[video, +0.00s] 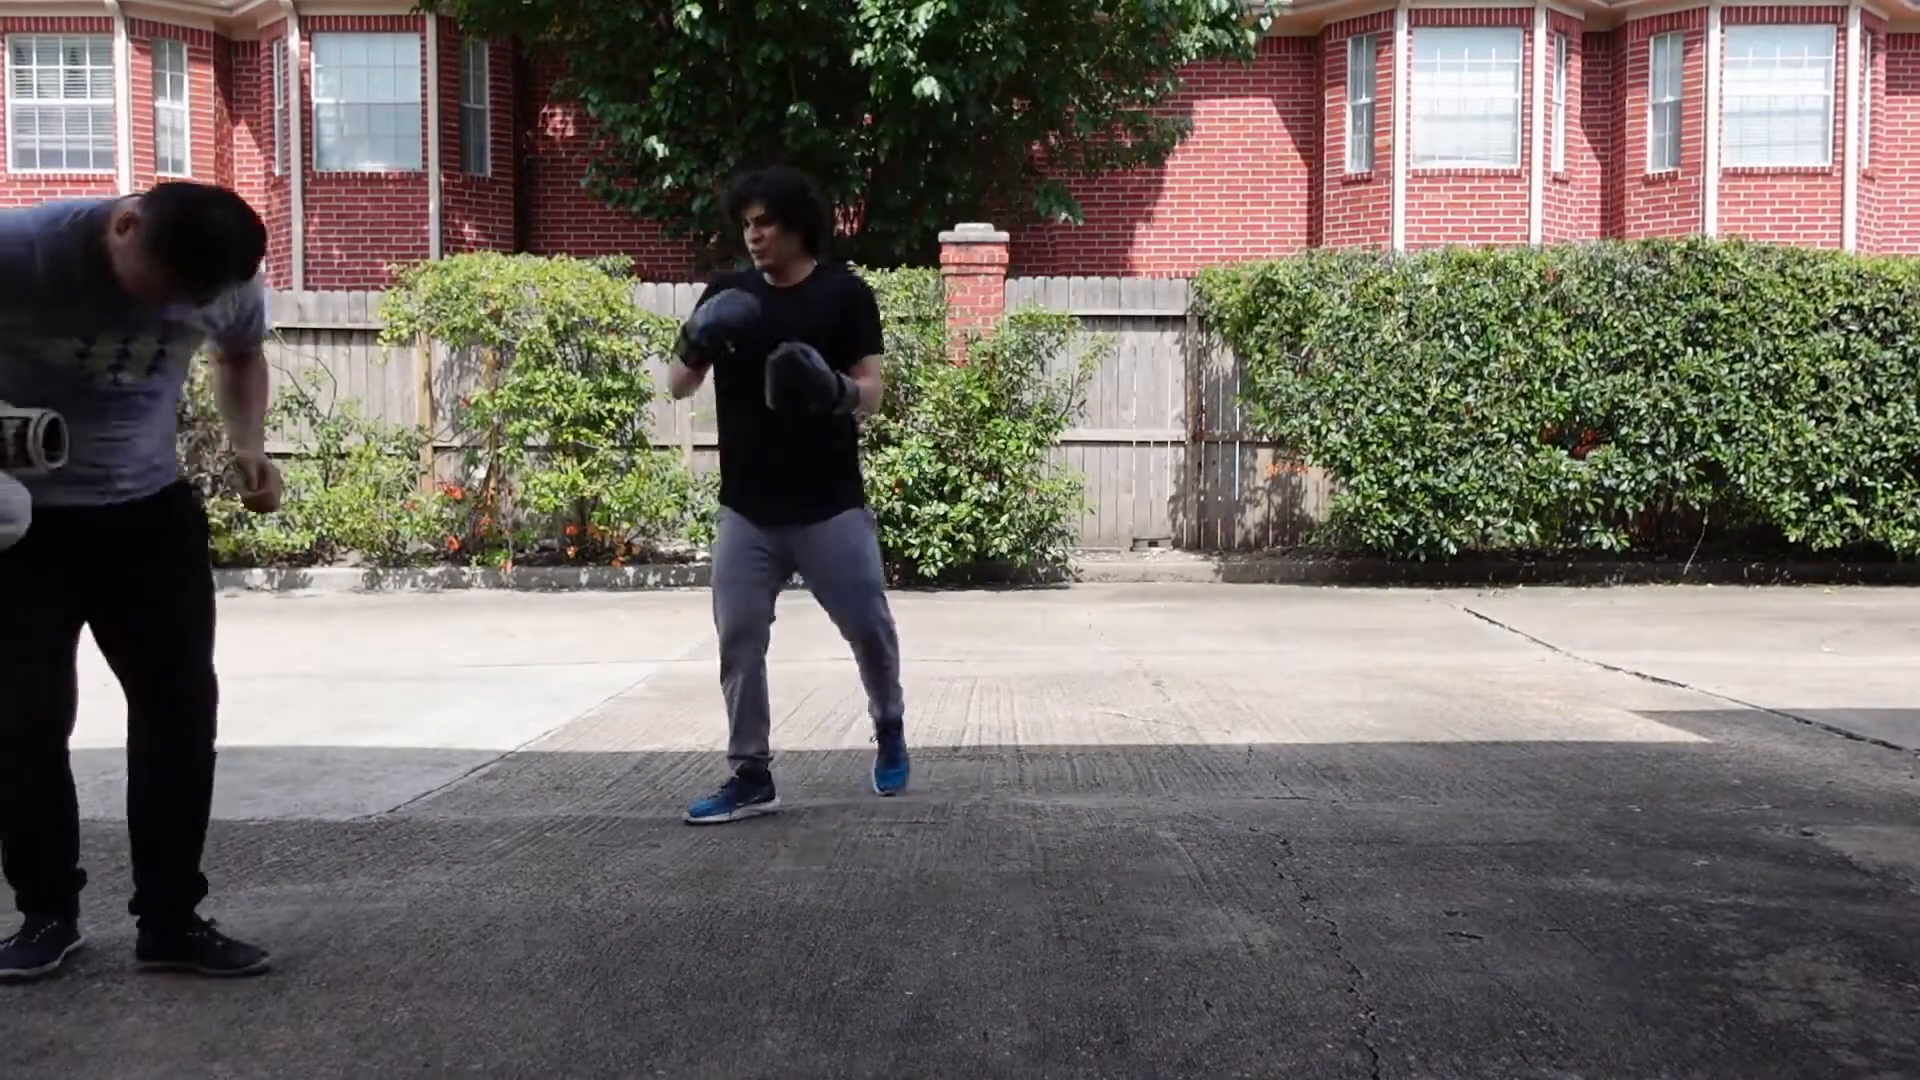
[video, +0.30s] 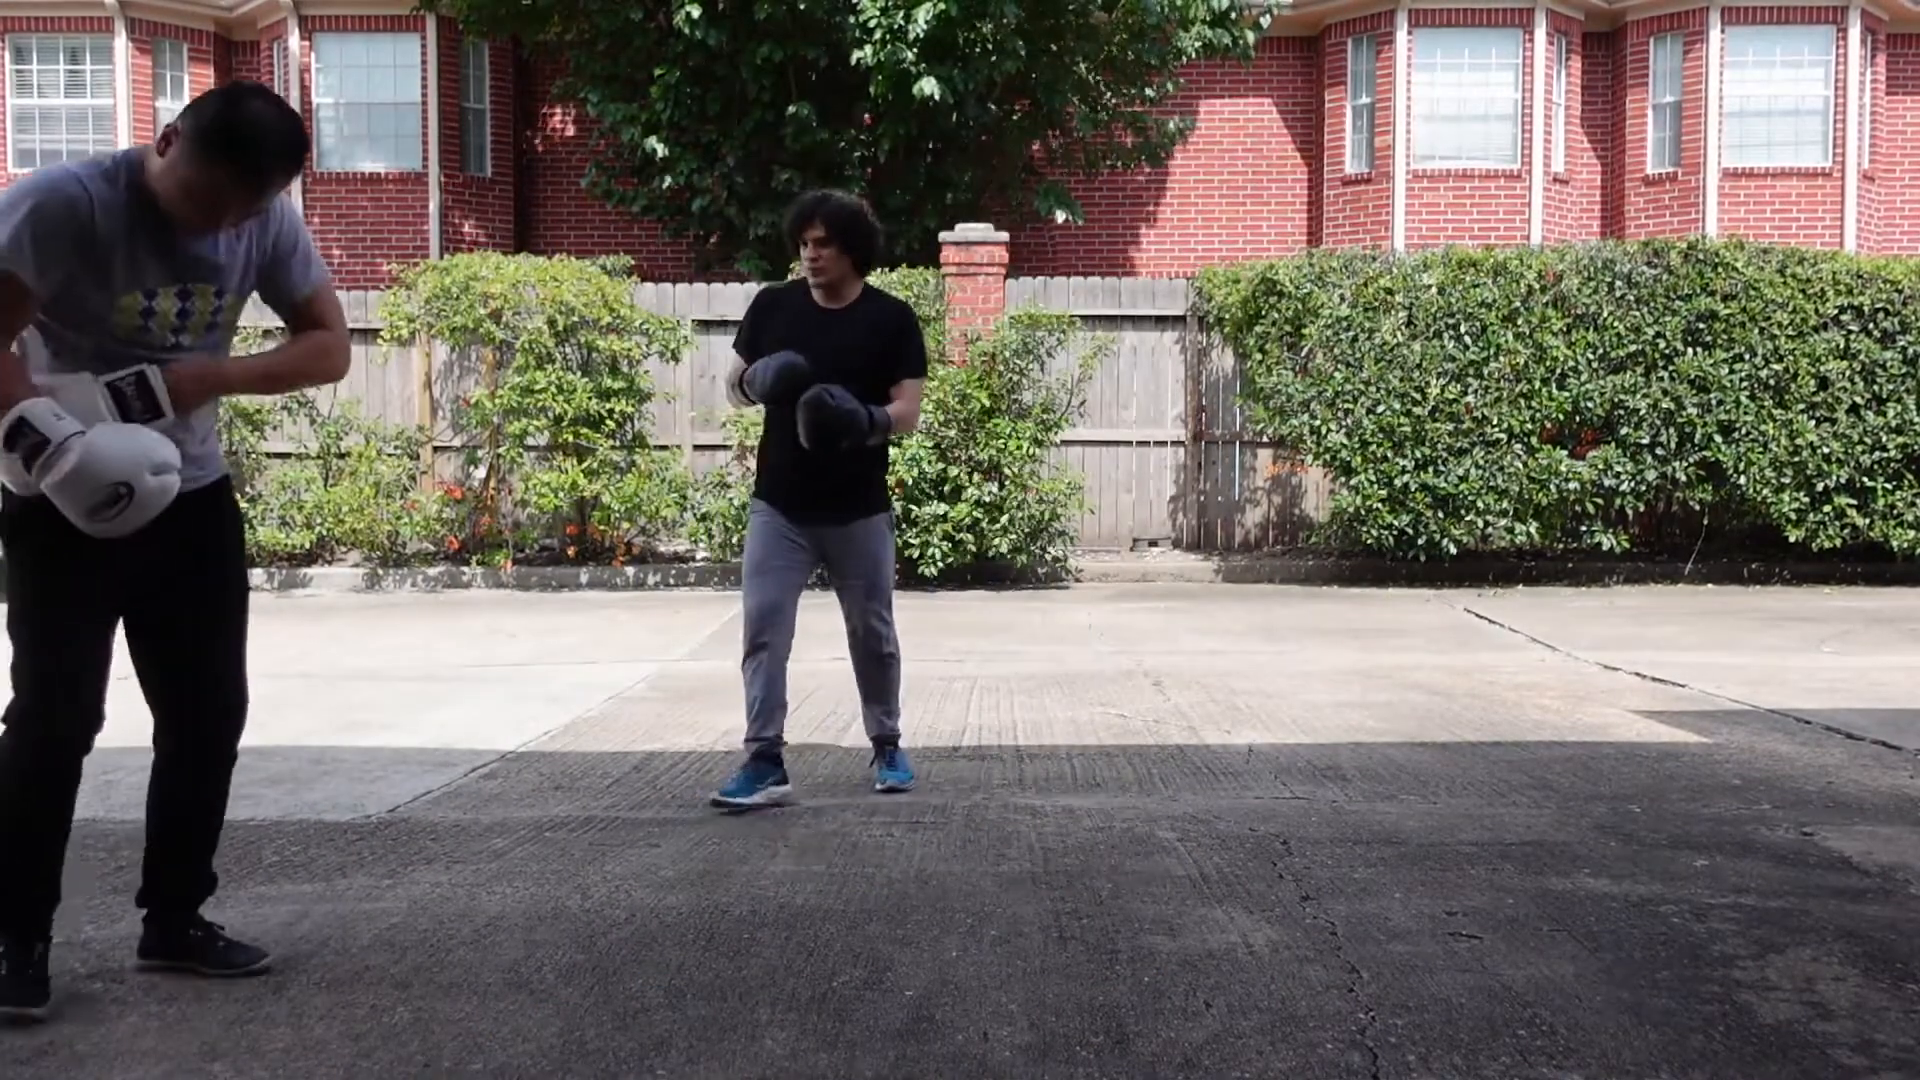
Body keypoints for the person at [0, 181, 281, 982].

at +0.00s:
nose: (158, 302)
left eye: (174, 295)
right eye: (152, 286)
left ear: (205, 272)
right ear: (126, 224)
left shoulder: (218, 272)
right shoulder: (20, 249)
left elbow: (241, 352)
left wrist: (247, 445)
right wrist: (5, 439)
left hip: (150, 518)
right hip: (25, 526)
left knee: (178, 715)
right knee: (25, 729)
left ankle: (169, 921)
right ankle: (45, 916)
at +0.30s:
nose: (232, 220)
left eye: (250, 205)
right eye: (221, 201)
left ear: (269, 186)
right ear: (172, 146)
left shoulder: (265, 214)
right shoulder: (57, 204)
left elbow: (330, 348)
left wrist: (217, 377)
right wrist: (30, 428)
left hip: (190, 501)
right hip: (59, 503)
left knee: (206, 714)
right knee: (55, 718)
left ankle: (174, 922)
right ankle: (18, 945)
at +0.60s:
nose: (223, 235)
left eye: (241, 220)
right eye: (214, 215)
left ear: (261, 196)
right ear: (162, 149)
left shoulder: (251, 216)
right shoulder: (47, 215)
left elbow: (320, 336)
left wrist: (225, 399)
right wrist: (75, 480)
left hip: (169, 498)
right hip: (49, 499)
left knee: (205, 713)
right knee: (77, 742)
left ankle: (169, 919)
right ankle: (45, 1010)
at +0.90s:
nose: (281, 227)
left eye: (297, 207)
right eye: (279, 202)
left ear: (250, 155)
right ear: (231, 148)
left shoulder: (246, 204)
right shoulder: (83, 202)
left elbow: (268, 311)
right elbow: (0, 352)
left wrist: (209, 370)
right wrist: (90, 429)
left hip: (129, 472)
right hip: (25, 474)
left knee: (176, 705)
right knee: (59, 733)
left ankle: (146, 919)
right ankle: (40, 1008)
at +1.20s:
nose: (381, 201)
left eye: (393, 183)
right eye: (386, 178)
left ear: (329, 144)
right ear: (332, 145)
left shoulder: (273, 221)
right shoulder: (185, 208)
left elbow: (261, 336)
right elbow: (47, 347)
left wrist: (255, 421)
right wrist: (175, 429)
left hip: (131, 482)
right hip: (44, 480)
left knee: (184, 717)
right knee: (79, 733)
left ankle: (218, 944)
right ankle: (43, 1012)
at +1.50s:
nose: (438, 193)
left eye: (447, 175)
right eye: (446, 169)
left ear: (382, 118)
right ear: (418, 133)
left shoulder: (281, 175)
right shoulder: (311, 197)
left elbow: (255, 350)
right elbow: (273, 360)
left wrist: (345, 411)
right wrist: (354, 430)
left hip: (223, 483)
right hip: (201, 488)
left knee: (293, 713)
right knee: (255, 723)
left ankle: (268, 944)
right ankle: (99, 962)